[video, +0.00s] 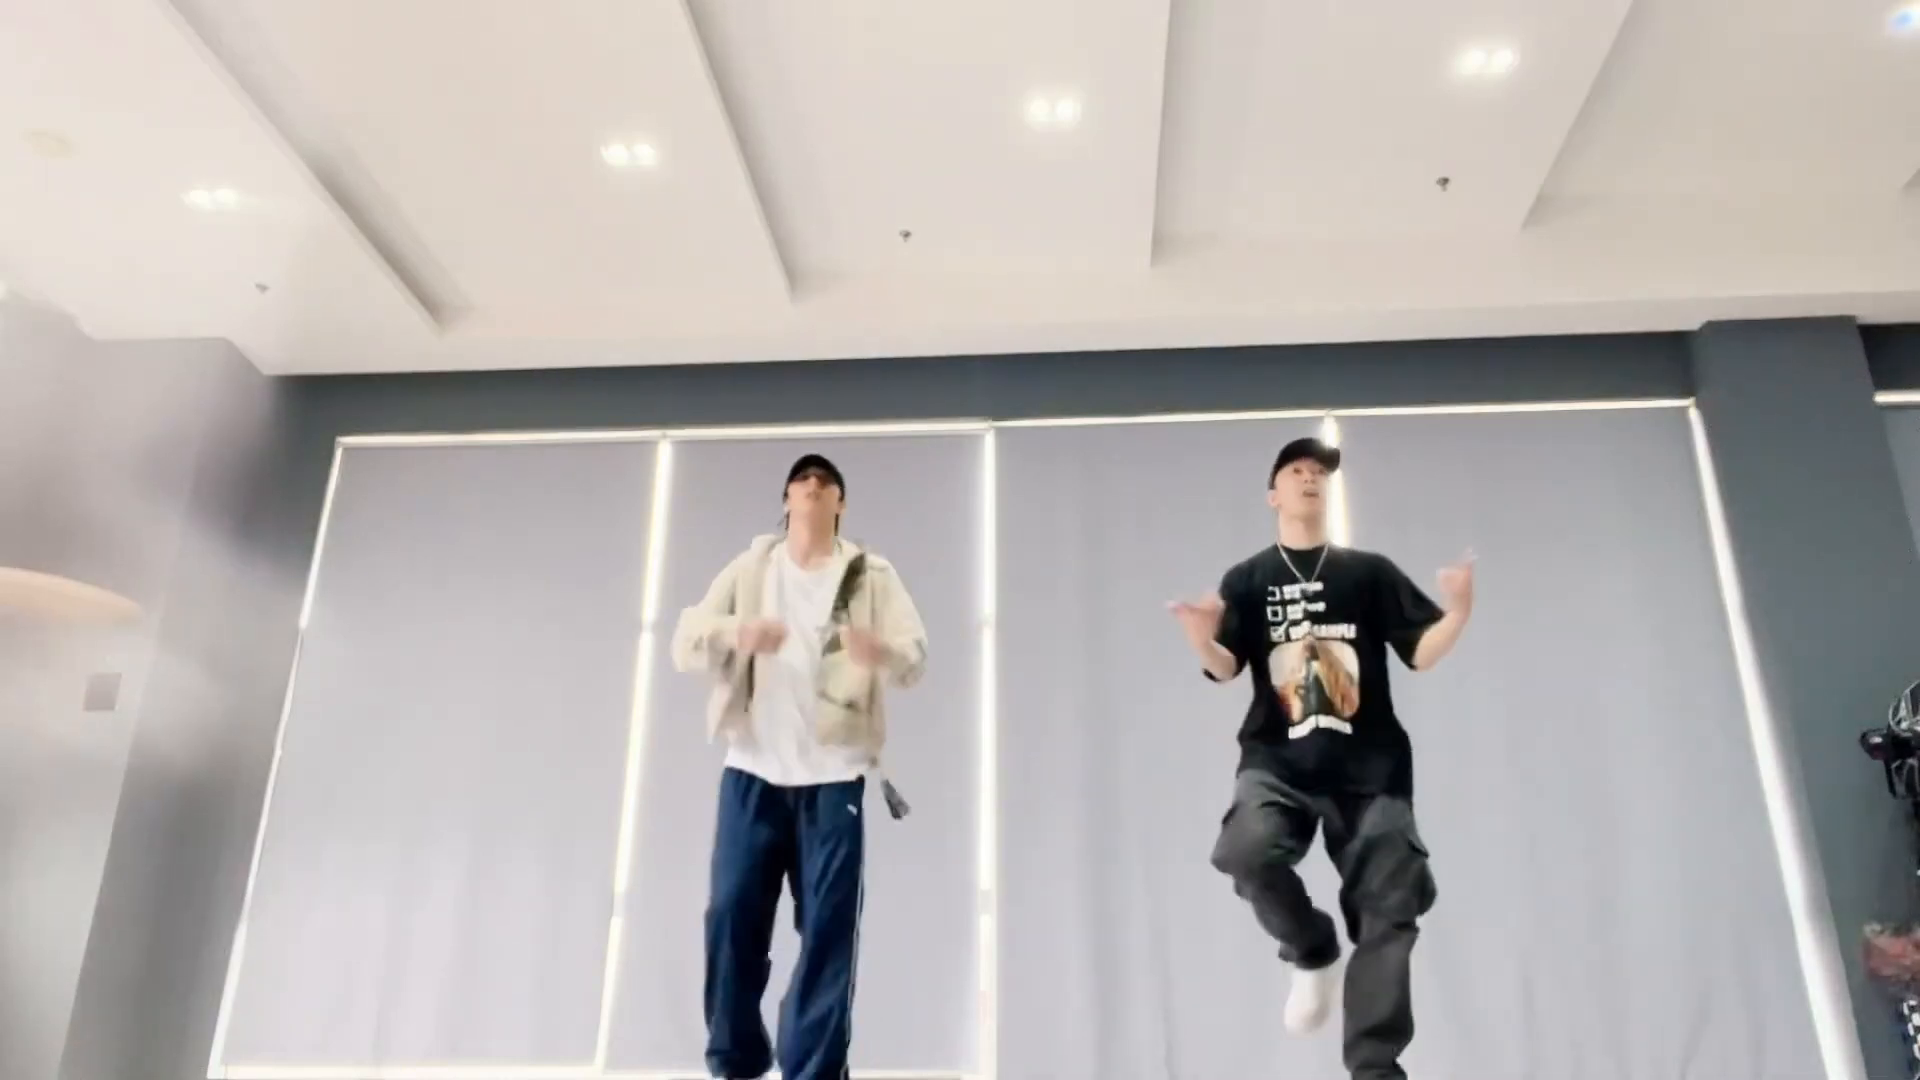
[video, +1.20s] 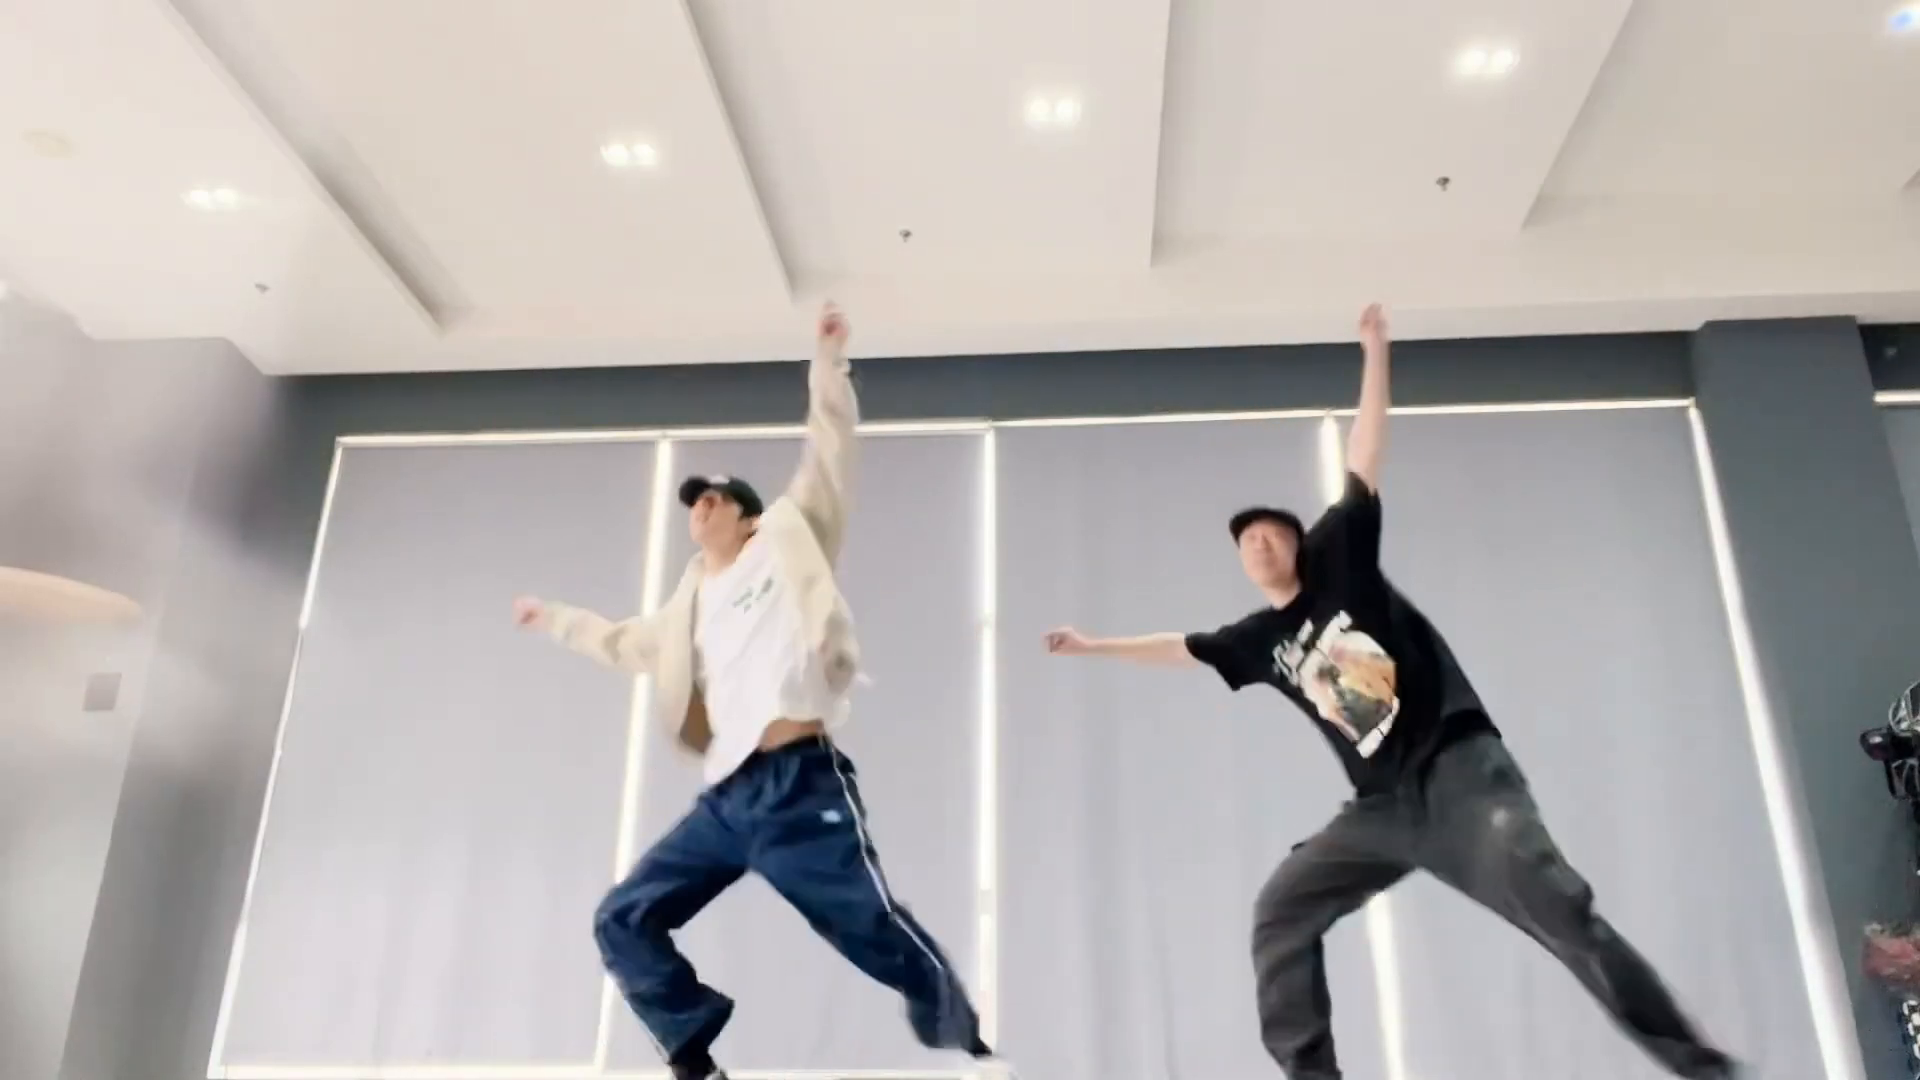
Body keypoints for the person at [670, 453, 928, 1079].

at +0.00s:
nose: (812, 488)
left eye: (824, 483)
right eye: (801, 481)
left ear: (841, 506)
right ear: (785, 503)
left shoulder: (872, 574)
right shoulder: (751, 565)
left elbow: (915, 661)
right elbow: (686, 641)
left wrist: (879, 652)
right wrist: (734, 636)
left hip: (833, 776)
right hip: (751, 771)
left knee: (827, 927)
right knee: (731, 915)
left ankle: (816, 1069)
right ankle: (734, 1063)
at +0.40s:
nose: (794, 474)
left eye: (807, 470)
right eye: (783, 466)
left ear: (822, 495)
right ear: (763, 487)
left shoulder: (845, 559)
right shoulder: (722, 547)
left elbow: (858, 664)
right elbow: (676, 653)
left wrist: (874, 631)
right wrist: (691, 583)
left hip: (799, 752)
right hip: (718, 740)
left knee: (791, 921)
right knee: (700, 850)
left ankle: (803, 1069)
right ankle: (694, 1039)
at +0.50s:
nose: (802, 488)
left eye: (815, 484)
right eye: (791, 480)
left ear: (828, 509)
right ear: (769, 500)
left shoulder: (839, 586)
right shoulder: (720, 551)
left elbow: (834, 693)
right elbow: (652, 635)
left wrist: (850, 637)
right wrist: (689, 560)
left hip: (783, 770)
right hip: (695, 755)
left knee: (797, 912)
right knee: (633, 861)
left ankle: (792, 1067)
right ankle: (602, 998)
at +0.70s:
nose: (772, 555)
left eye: (784, 553)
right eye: (761, 549)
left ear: (795, 582)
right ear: (738, 567)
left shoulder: (807, 659)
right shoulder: (702, 593)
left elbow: (892, 679)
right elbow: (712, 486)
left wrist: (975, 697)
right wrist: (710, 381)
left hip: (717, 835)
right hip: (627, 813)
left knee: (833, 908)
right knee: (539, 957)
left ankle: (754, 1055)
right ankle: (430, 1056)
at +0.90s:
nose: (760, 486)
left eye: (772, 479)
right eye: (748, 480)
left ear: (792, 500)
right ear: (731, 499)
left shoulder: (812, 569)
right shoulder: (690, 529)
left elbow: (834, 663)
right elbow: (613, 561)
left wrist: (900, 638)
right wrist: (659, 481)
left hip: (757, 769)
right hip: (670, 753)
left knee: (785, 899)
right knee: (626, 906)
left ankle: (773, 1062)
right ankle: (523, 1049)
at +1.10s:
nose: (712, 484)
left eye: (726, 476)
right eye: (705, 477)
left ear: (756, 492)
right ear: (697, 497)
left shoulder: (802, 539)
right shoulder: (688, 577)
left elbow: (862, 528)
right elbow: (650, 661)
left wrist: (818, 463)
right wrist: (608, 612)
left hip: (785, 760)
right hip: (700, 760)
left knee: (835, 884)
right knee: (665, 913)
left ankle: (836, 1027)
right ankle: (697, 1067)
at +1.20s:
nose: (696, 512)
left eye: (708, 501)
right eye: (691, 508)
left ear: (742, 509)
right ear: (692, 529)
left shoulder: (791, 531)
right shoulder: (690, 604)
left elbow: (830, 453)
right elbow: (625, 646)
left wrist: (830, 359)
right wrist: (551, 618)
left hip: (803, 781)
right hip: (727, 797)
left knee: (870, 926)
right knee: (622, 918)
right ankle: (694, 1062)